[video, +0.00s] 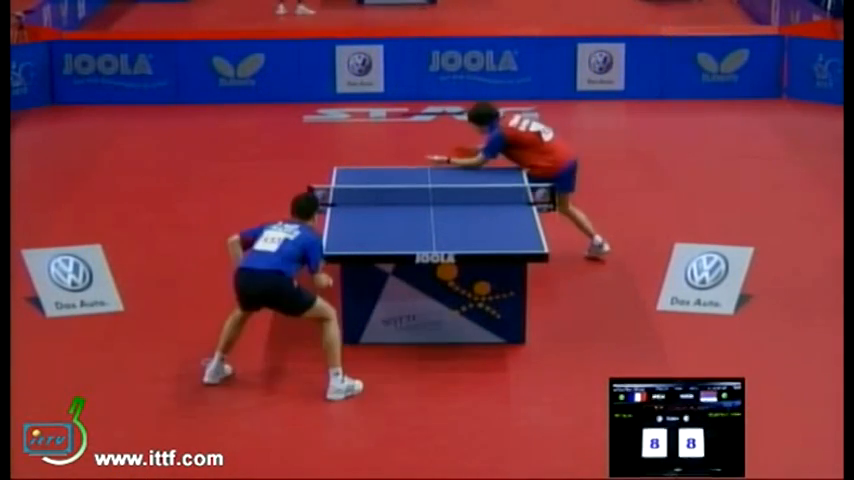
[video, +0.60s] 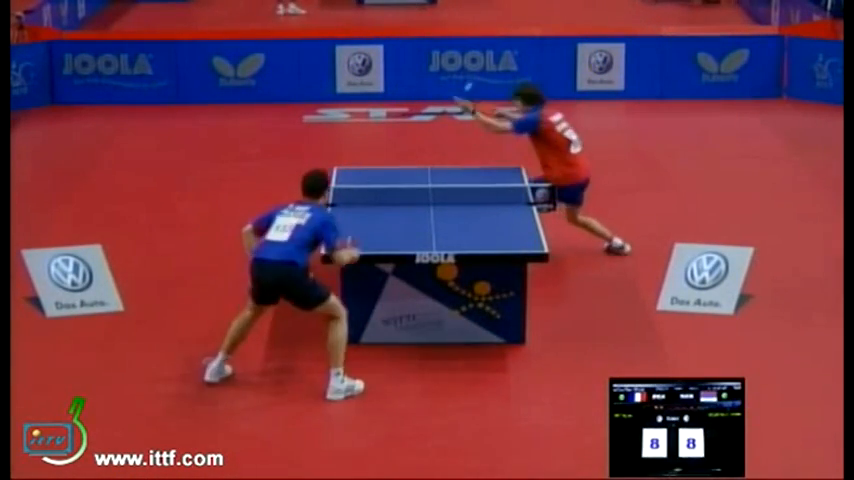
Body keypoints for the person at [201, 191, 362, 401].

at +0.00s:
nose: (317, 219)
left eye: (316, 214)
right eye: (317, 215)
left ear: (292, 212)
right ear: (313, 217)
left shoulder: (272, 226)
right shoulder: (310, 237)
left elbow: (234, 241)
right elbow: (319, 281)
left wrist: (244, 270)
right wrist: (327, 280)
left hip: (245, 277)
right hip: (276, 282)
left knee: (242, 312)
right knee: (328, 315)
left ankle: (216, 364)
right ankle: (337, 379)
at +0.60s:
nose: (329, 194)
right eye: (328, 190)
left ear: (303, 190)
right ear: (326, 193)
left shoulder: (285, 209)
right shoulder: (324, 216)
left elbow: (249, 230)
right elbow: (334, 257)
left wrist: (258, 261)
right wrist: (351, 254)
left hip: (261, 265)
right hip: (292, 269)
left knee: (253, 309)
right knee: (338, 315)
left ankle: (217, 363)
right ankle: (337, 379)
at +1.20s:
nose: (381, 182)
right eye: (383, 179)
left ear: (361, 180)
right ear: (384, 182)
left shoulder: (343, 203)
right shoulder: (388, 207)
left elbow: (310, 227)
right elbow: (422, 237)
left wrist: (324, 237)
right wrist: (424, 230)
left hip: (343, 272)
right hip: (377, 272)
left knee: (317, 310)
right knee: (417, 309)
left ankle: (303, 367)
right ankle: (439, 368)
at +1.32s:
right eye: (392, 183)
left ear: (370, 183)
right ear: (393, 186)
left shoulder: (351, 207)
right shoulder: (398, 212)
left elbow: (316, 226)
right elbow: (428, 240)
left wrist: (333, 227)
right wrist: (434, 238)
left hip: (356, 282)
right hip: (392, 279)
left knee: (324, 314)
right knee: (438, 300)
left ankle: (313, 375)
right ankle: (447, 364)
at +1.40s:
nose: (401, 191)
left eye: (392, 186)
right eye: (403, 187)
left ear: (380, 186)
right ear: (404, 190)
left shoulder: (362, 211)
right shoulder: (410, 216)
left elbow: (328, 217)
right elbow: (441, 239)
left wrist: (325, 212)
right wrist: (447, 236)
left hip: (368, 285)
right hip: (406, 283)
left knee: (330, 314)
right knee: (456, 298)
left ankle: (313, 374)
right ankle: (472, 359)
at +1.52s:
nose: (428, 188)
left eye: (421, 183)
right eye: (432, 184)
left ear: (412, 185)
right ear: (436, 188)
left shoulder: (396, 206)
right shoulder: (445, 215)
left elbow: (358, 197)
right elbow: (484, 230)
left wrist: (336, 181)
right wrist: (476, 223)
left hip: (399, 283)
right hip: (436, 283)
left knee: (356, 321)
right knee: (484, 311)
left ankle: (319, 374)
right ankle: (527, 355)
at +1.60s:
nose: (448, 191)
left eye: (442, 187)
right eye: (454, 187)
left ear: (437, 188)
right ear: (461, 189)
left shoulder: (425, 208)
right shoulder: (472, 214)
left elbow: (386, 197)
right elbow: (509, 224)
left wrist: (354, 177)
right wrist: (501, 223)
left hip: (426, 284)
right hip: (463, 284)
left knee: (382, 325)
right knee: (506, 310)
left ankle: (338, 372)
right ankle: (539, 357)